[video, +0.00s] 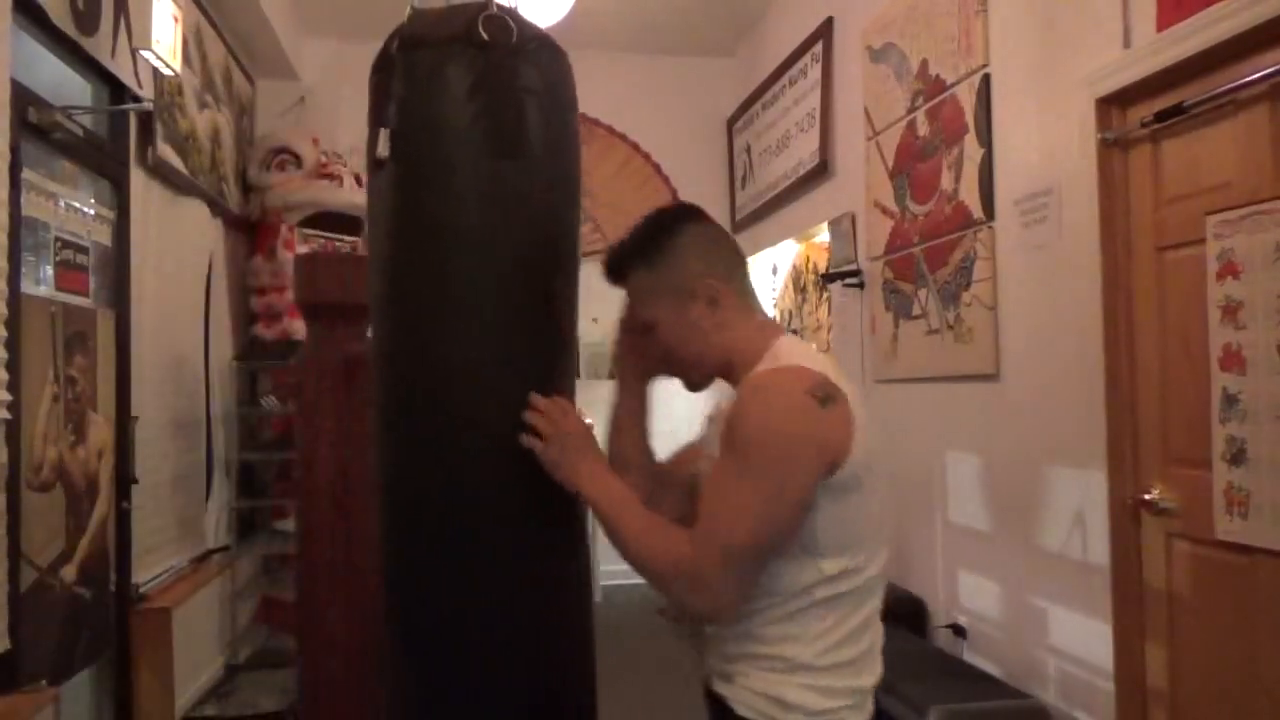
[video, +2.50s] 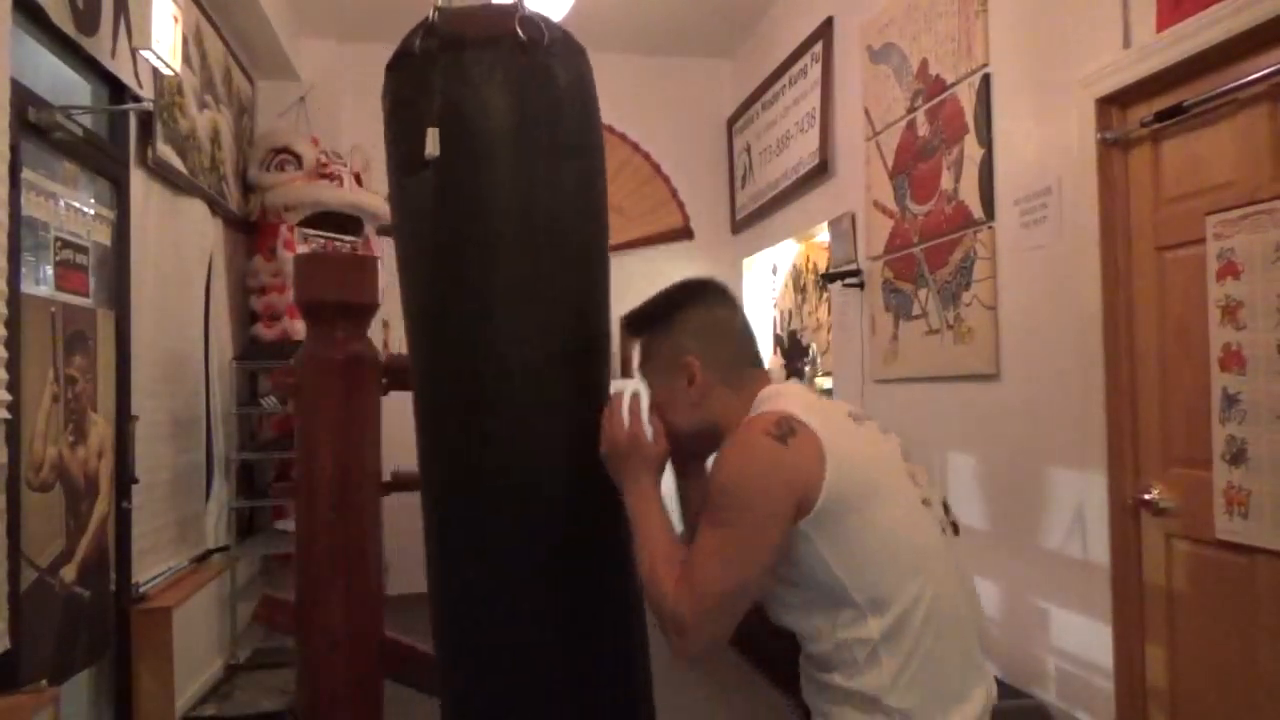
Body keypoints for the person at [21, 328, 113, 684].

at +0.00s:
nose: (71, 393)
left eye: (77, 384)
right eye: (65, 386)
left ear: (91, 388)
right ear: (59, 393)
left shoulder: (105, 432)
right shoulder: (61, 437)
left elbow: (105, 502)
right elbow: (38, 480)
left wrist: (76, 562)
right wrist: (45, 404)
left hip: (105, 546)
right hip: (75, 546)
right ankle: (58, 681)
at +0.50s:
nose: (69, 390)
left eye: (75, 381)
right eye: (64, 383)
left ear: (91, 382)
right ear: (60, 387)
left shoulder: (104, 431)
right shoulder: (62, 433)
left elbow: (104, 501)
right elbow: (38, 480)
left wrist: (76, 561)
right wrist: (45, 400)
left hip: (101, 550)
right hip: (72, 548)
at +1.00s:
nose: (70, 390)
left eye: (76, 381)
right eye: (65, 382)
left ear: (92, 383)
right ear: (60, 387)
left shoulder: (105, 431)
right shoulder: (62, 436)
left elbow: (105, 502)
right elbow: (37, 480)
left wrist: (76, 563)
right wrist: (45, 400)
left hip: (105, 545)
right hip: (76, 545)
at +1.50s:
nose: (69, 391)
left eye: (75, 381)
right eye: (64, 383)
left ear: (91, 385)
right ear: (60, 389)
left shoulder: (105, 431)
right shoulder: (62, 437)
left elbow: (105, 501)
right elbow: (38, 481)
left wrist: (76, 562)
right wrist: (46, 401)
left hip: (104, 551)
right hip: (74, 550)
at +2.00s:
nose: (69, 391)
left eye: (75, 382)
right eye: (64, 383)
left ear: (90, 384)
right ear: (60, 389)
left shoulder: (105, 432)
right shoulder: (62, 437)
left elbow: (104, 502)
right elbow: (39, 481)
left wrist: (76, 562)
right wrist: (46, 401)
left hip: (105, 548)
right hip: (75, 547)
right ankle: (56, 684)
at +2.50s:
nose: (70, 391)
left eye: (76, 381)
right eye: (64, 383)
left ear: (91, 385)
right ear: (60, 389)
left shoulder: (104, 431)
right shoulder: (63, 438)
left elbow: (105, 501)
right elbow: (38, 480)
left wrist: (76, 563)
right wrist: (47, 400)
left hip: (106, 548)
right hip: (76, 549)